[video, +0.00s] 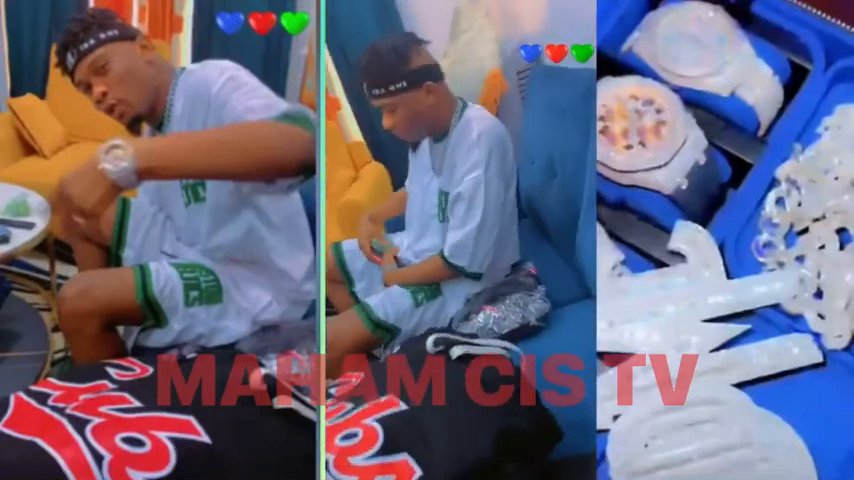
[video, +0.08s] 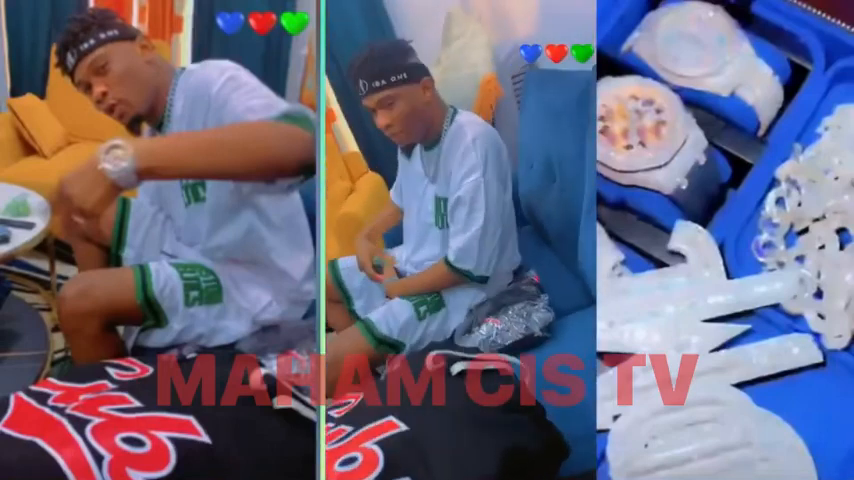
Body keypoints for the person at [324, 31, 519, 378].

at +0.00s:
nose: (385, 124)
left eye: (391, 111)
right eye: (382, 112)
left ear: (429, 94)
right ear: (428, 94)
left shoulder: (481, 140)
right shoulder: (426, 129)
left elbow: (464, 260)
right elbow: (417, 190)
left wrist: (394, 276)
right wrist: (374, 216)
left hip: (462, 277)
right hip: (420, 247)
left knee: (329, 339)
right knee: (329, 263)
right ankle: (374, 347)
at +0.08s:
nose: (382, 123)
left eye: (389, 105)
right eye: (374, 112)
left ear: (427, 88)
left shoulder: (474, 143)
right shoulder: (413, 141)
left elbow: (470, 264)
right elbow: (401, 201)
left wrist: (397, 287)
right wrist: (370, 232)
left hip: (466, 284)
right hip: (418, 259)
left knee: (331, 356)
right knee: (324, 281)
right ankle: (369, 358)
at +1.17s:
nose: (373, 135)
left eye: (377, 122)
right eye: (370, 124)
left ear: (415, 113)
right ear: (415, 114)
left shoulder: (466, 154)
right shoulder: (431, 146)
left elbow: (424, 269)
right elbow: (385, 204)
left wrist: (351, 278)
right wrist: (325, 243)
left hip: (497, 283)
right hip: (465, 257)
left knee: (359, 318)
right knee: (363, 245)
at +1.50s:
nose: (377, 149)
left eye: (381, 139)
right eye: (375, 139)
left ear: (421, 132)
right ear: (423, 131)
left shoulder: (476, 165)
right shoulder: (440, 148)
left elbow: (419, 272)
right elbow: (394, 195)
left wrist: (364, 251)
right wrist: (338, 218)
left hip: (497, 290)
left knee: (358, 304)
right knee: (369, 229)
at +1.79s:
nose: (419, 131)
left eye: (426, 123)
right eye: (420, 120)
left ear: (469, 129)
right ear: (469, 128)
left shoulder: (514, 178)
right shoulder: (472, 145)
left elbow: (424, 265)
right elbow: (407, 186)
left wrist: (368, 227)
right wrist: (336, 193)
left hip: (494, 301)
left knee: (359, 284)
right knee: (376, 211)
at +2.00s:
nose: (460, 117)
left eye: (470, 110)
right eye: (464, 106)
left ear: (513, 126)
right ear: (513, 126)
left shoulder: (547, 187)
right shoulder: (498, 143)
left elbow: (440, 271)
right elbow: (415, 184)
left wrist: (361, 226)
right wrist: (339, 192)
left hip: (505, 307)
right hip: (476, 259)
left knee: (366, 286)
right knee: (380, 210)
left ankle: (359, 393)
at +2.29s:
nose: (472, 114)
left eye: (491, 104)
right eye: (473, 100)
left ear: (537, 117)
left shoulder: (551, 195)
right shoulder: (483, 160)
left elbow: (453, 300)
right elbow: (419, 213)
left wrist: (351, 268)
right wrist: (339, 207)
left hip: (496, 331)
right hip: (458, 275)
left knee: (350, 318)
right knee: (352, 231)